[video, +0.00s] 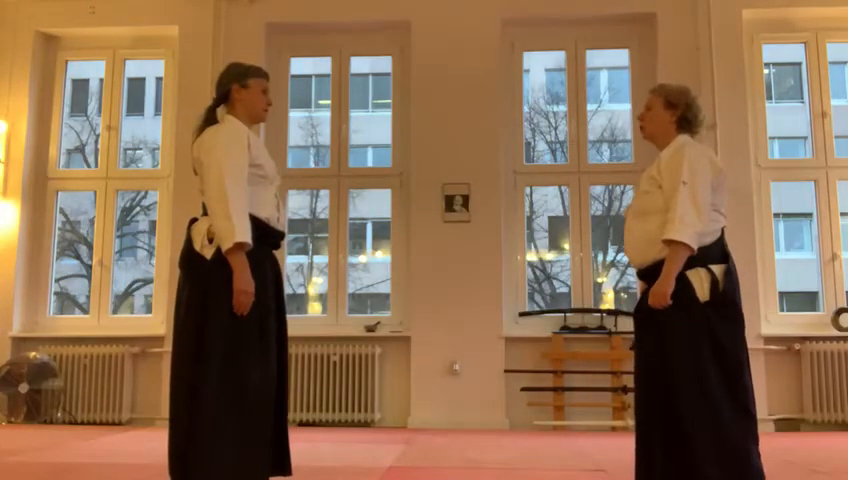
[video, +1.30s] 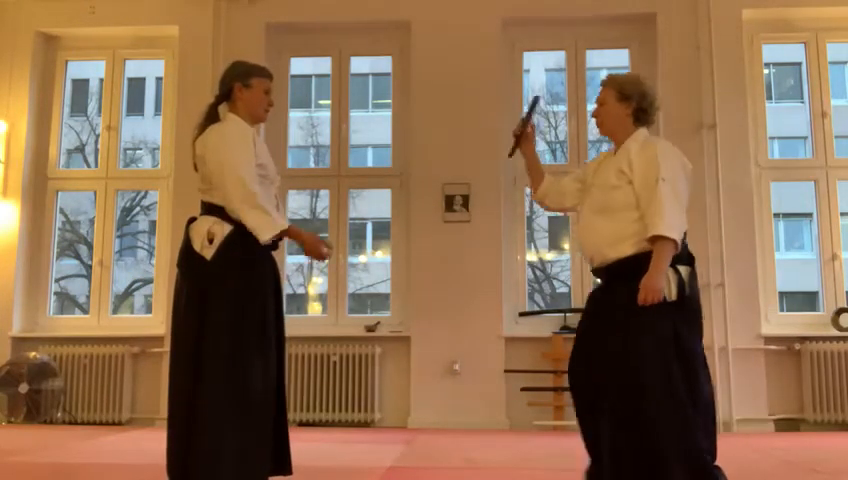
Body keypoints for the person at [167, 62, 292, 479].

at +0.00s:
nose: (269, 100)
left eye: (269, 93)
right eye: (263, 92)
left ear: (244, 96)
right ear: (236, 94)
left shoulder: (243, 136)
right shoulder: (225, 134)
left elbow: (241, 202)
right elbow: (222, 199)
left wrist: (262, 258)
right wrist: (239, 265)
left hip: (247, 257)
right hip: (229, 260)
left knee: (245, 367)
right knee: (231, 367)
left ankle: (241, 463)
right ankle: (227, 465)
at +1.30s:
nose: (270, 102)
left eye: (270, 94)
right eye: (264, 93)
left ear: (242, 94)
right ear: (239, 92)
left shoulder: (241, 134)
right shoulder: (228, 134)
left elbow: (242, 198)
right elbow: (240, 198)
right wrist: (299, 235)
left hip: (235, 255)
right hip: (230, 258)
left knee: (237, 364)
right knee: (235, 364)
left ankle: (230, 464)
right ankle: (232, 465)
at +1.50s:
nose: (273, 102)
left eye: (274, 94)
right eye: (267, 93)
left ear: (243, 96)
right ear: (240, 92)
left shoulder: (223, 133)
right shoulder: (238, 134)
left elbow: (254, 193)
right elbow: (262, 189)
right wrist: (324, 200)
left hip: (214, 249)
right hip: (234, 255)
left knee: (217, 359)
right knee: (238, 360)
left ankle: (214, 463)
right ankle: (236, 464)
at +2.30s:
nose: (262, 108)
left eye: (263, 100)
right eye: (256, 99)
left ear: (236, 98)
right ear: (229, 94)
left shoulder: (232, 140)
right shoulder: (213, 137)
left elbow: (227, 202)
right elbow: (216, 199)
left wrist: (279, 217)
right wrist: (281, 215)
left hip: (217, 258)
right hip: (199, 259)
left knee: (220, 364)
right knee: (205, 365)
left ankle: (213, 464)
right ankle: (201, 466)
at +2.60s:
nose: (237, 115)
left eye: (239, 108)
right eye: (231, 106)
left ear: (213, 105)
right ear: (205, 101)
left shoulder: (207, 146)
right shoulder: (185, 141)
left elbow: (207, 216)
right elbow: (173, 204)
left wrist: (227, 272)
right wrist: (235, 237)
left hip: (197, 265)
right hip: (175, 265)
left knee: (198, 375)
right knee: (177, 377)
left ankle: (195, 469)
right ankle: (176, 471)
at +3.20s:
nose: (196, 114)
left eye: (198, 108)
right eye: (190, 105)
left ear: (183, 110)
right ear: (162, 103)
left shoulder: (176, 154)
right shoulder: (141, 144)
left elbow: (180, 219)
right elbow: (134, 208)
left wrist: (200, 275)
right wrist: (193, 238)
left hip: (168, 264)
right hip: (136, 263)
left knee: (165, 366)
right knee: (129, 365)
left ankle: (159, 464)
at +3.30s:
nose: (188, 114)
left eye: (190, 108)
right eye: (181, 106)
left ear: (169, 110)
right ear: (153, 104)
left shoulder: (168, 154)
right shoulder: (131, 146)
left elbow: (171, 220)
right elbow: (125, 210)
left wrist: (195, 276)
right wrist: (185, 244)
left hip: (161, 267)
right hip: (126, 265)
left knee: (158, 371)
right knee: (109, 367)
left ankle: (153, 465)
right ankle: (30, 460)